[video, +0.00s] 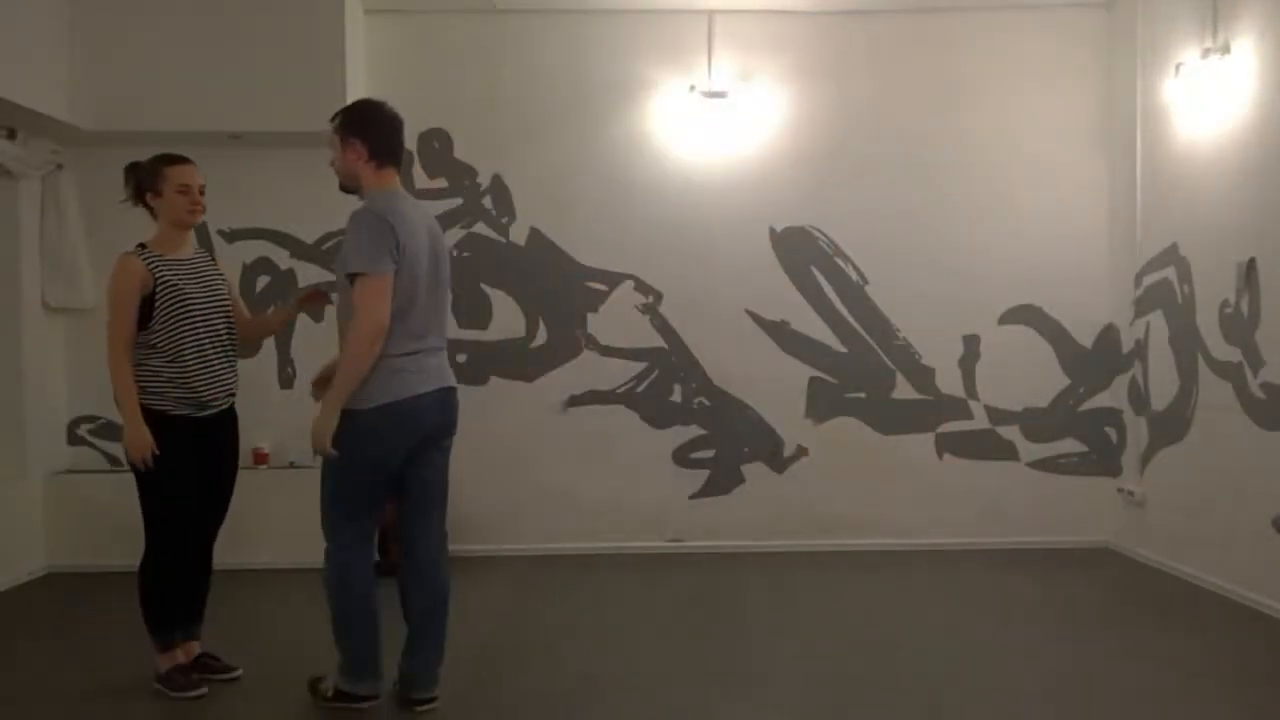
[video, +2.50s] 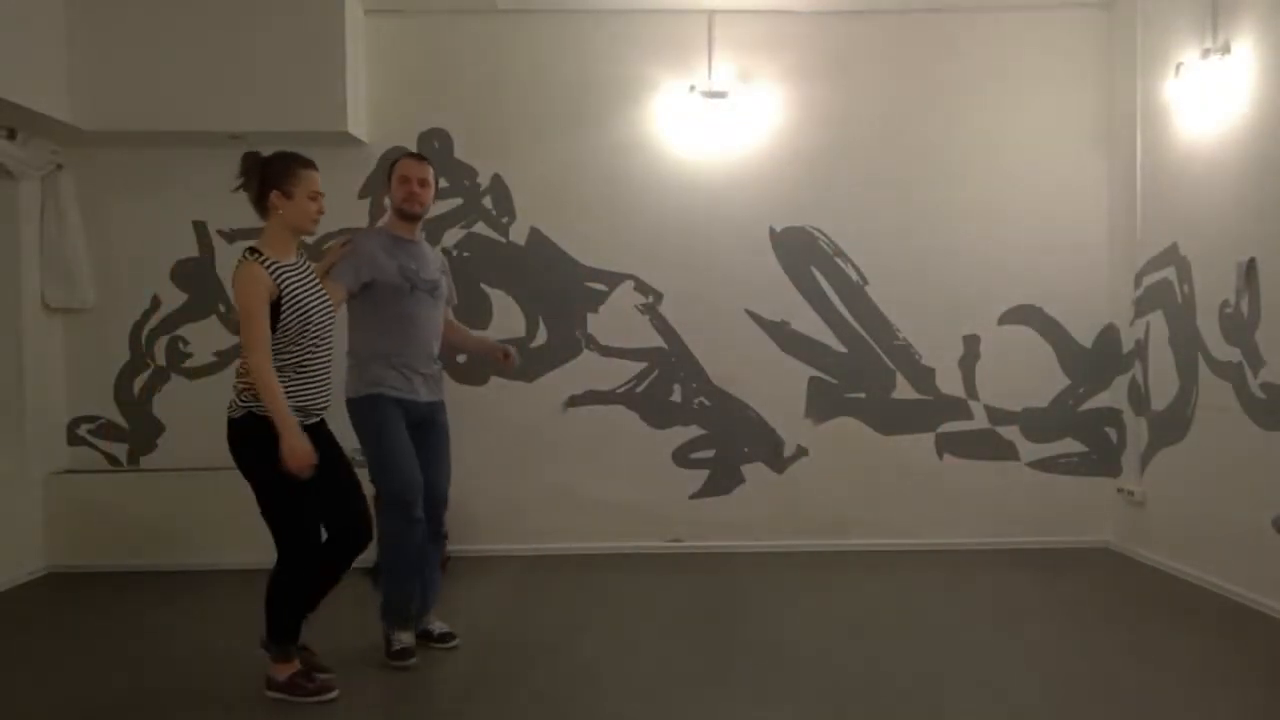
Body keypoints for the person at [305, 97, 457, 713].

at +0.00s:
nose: (332, 162)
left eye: (335, 151)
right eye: (333, 150)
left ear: (358, 151)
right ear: (388, 151)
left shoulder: (372, 220)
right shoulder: (422, 216)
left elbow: (371, 325)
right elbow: (404, 318)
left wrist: (333, 404)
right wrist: (341, 365)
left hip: (380, 405)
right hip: (434, 398)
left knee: (348, 540)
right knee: (423, 542)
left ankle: (359, 677)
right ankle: (421, 679)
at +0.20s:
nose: (294, 180)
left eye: (298, 168)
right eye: (294, 169)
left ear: (326, 168)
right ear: (341, 169)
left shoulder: (351, 239)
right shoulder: (375, 231)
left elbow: (373, 337)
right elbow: (330, 320)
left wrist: (365, 429)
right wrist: (271, 342)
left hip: (345, 419)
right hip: (392, 409)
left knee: (332, 538)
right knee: (392, 535)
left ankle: (336, 654)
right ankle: (418, 663)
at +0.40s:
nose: (267, 181)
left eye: (277, 170)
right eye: (267, 171)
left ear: (315, 172)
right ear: (306, 175)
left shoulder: (347, 239)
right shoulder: (317, 239)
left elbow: (370, 338)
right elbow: (297, 308)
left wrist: (357, 428)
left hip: (342, 408)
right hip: (323, 406)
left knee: (313, 518)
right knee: (323, 514)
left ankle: (339, 654)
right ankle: (394, 609)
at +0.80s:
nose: (298, 181)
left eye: (308, 170)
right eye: (288, 171)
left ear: (329, 175)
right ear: (276, 178)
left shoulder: (363, 244)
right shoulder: (274, 246)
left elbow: (380, 333)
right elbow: (257, 318)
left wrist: (336, 403)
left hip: (343, 410)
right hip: (284, 407)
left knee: (334, 527)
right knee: (289, 523)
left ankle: (338, 644)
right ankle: (310, 630)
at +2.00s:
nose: (369, 192)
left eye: (378, 185)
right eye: (359, 184)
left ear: (389, 195)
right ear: (343, 192)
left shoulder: (394, 265)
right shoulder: (312, 252)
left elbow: (393, 334)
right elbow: (254, 307)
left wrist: (416, 385)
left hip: (381, 403)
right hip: (324, 404)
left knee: (401, 506)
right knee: (320, 515)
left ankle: (416, 615)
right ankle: (297, 625)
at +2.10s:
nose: (384, 195)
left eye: (393, 188)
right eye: (375, 187)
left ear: (405, 198)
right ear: (359, 193)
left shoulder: (408, 266)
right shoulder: (330, 252)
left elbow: (405, 338)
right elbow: (273, 310)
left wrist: (431, 385)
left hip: (399, 406)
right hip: (344, 407)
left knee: (417, 509)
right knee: (341, 517)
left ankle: (418, 618)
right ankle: (303, 623)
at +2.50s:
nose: (414, 191)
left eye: (423, 183)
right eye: (405, 182)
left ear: (433, 194)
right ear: (387, 190)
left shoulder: (435, 260)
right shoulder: (365, 247)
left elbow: (444, 330)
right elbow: (313, 306)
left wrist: (490, 346)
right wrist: (267, 355)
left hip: (428, 394)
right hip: (376, 392)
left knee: (433, 503)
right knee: (403, 498)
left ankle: (420, 613)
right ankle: (398, 622)